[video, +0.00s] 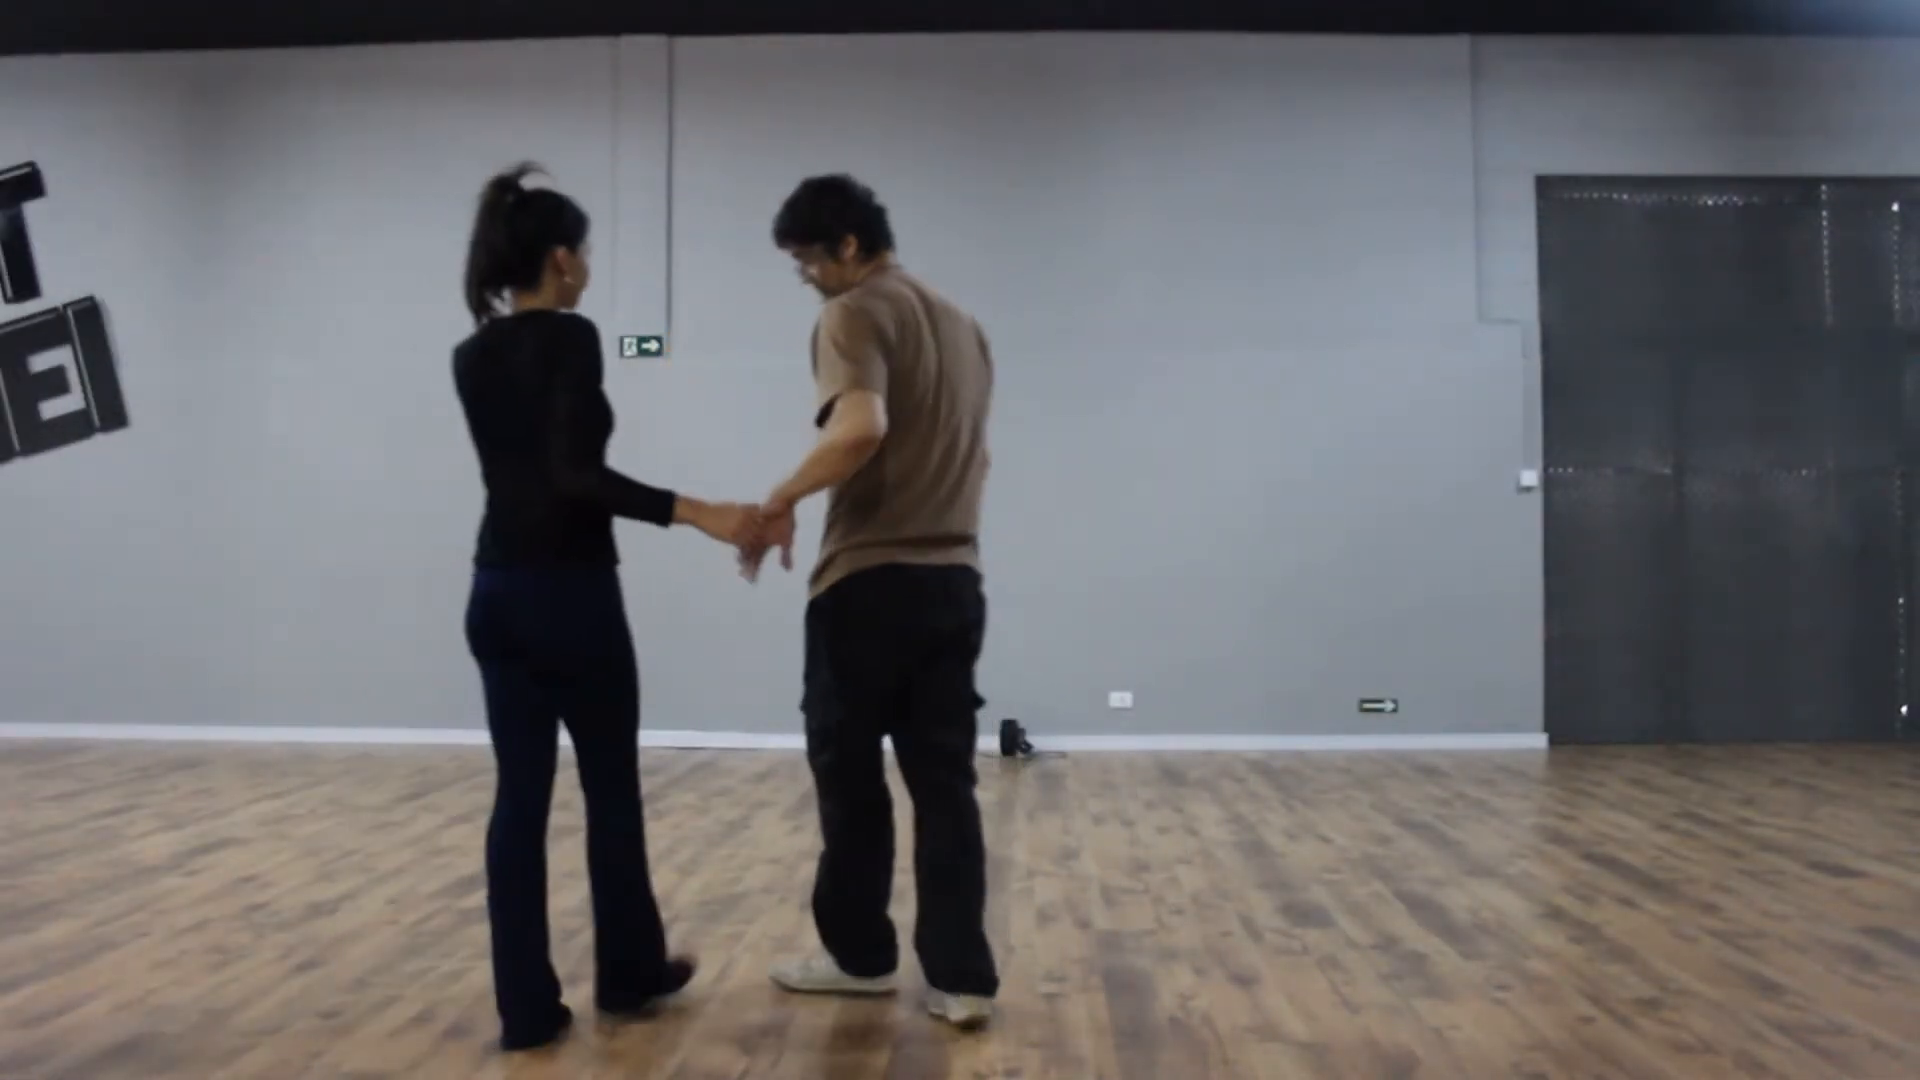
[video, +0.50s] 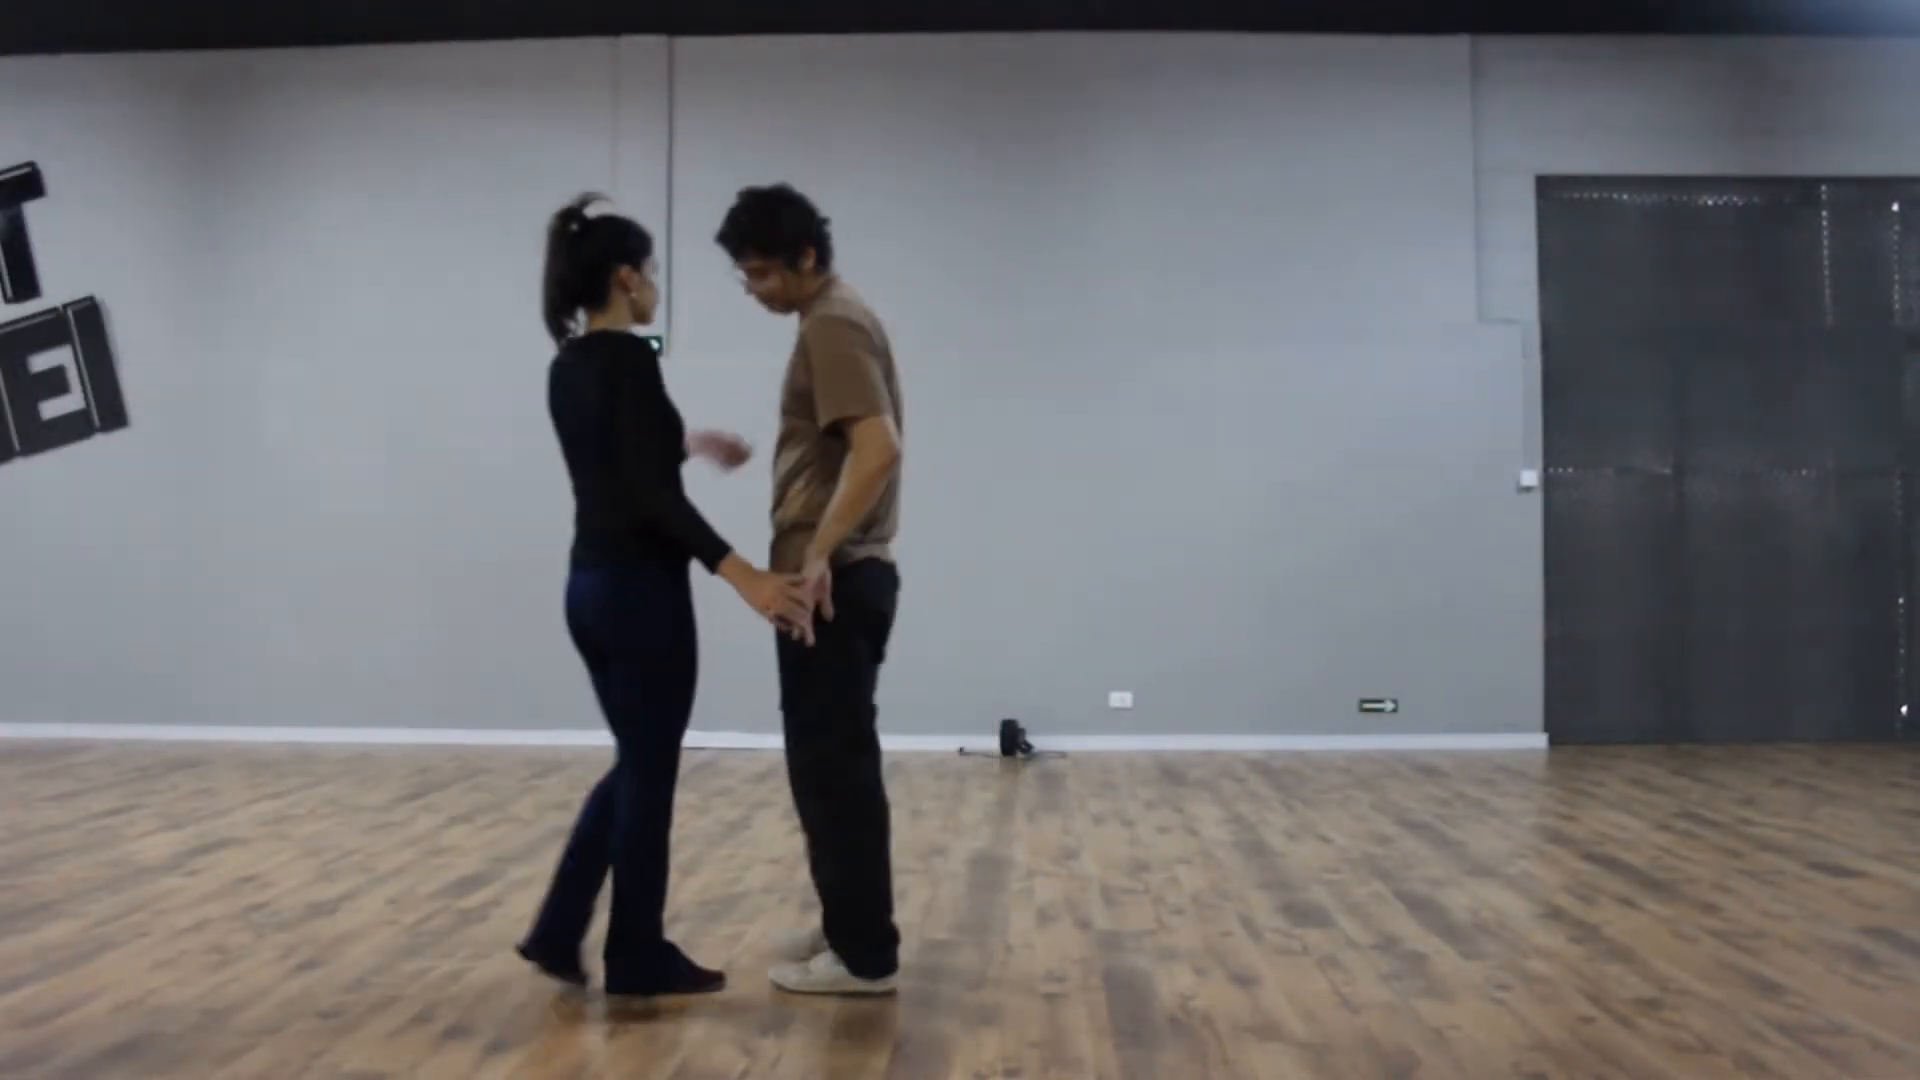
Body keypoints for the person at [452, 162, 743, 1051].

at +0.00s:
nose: (586, 267)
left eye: (583, 252)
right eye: (581, 252)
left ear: (509, 263)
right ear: (556, 259)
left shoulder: (472, 357)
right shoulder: (572, 339)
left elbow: (510, 474)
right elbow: (582, 476)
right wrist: (693, 511)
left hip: (499, 598)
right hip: (577, 596)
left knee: (517, 797)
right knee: (611, 791)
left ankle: (526, 1010)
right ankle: (630, 971)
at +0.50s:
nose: (656, 283)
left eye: (651, 270)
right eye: (648, 270)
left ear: (591, 285)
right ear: (624, 279)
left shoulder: (570, 364)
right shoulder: (629, 359)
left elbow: (613, 450)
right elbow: (656, 492)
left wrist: (691, 443)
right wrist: (743, 574)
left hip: (596, 585)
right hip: (643, 589)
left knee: (639, 760)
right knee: (650, 766)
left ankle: (556, 931)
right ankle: (637, 954)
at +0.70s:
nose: (671, 282)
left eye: (664, 269)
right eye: (662, 270)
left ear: (606, 284)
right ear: (637, 279)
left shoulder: (594, 360)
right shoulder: (634, 358)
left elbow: (663, 423)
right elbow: (665, 484)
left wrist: (742, 382)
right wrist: (752, 568)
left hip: (613, 582)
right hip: (647, 586)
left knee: (654, 757)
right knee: (659, 759)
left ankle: (620, 938)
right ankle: (633, 950)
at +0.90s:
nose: (685, 283)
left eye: (678, 270)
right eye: (676, 271)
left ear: (629, 286)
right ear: (649, 281)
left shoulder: (631, 358)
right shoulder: (632, 364)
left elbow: (714, 367)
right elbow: (670, 485)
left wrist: (800, 318)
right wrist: (749, 558)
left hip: (644, 576)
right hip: (649, 581)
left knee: (660, 758)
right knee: (659, 761)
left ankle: (631, 942)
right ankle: (630, 948)